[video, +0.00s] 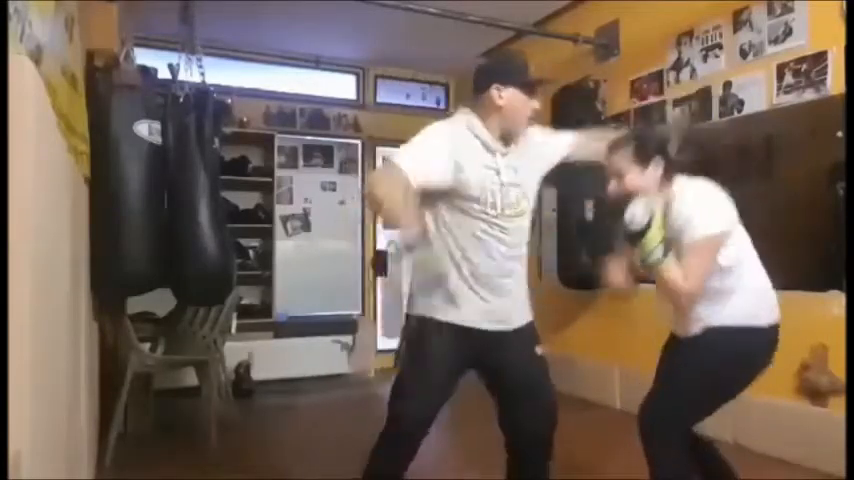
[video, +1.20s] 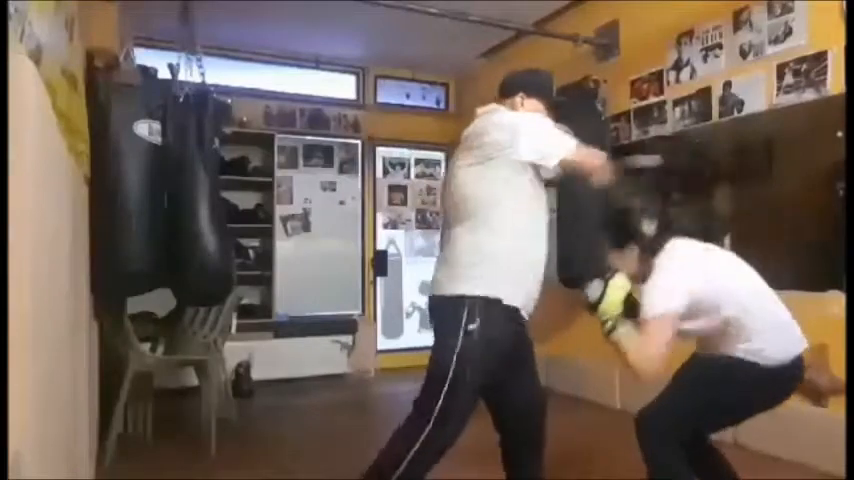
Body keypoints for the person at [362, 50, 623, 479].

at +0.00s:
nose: (536, 105)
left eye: (536, 95)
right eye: (529, 94)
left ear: (505, 96)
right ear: (498, 94)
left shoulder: (536, 143)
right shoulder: (447, 138)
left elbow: (593, 143)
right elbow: (385, 180)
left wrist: (646, 141)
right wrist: (405, 215)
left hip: (510, 321)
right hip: (442, 319)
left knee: (535, 425)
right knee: (405, 428)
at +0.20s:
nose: (532, 121)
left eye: (533, 111)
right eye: (523, 110)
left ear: (533, 108)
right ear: (490, 106)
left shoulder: (542, 138)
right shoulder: (442, 155)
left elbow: (606, 149)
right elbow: (413, 218)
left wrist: (621, 172)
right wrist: (459, 239)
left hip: (528, 317)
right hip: (456, 316)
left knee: (545, 418)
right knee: (444, 424)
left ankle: (535, 479)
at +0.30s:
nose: (519, 125)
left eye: (521, 113)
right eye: (507, 116)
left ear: (525, 111)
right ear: (474, 119)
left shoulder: (538, 144)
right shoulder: (441, 164)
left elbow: (568, 205)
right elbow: (430, 223)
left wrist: (520, 253)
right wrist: (476, 241)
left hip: (531, 321)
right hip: (460, 317)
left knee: (551, 429)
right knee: (442, 430)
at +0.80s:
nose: (559, 118)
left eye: (560, 107)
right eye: (551, 105)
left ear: (529, 106)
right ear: (518, 103)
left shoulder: (550, 147)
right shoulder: (463, 154)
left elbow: (570, 216)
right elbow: (407, 212)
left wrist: (566, 213)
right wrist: (424, 266)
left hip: (536, 316)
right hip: (473, 315)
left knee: (551, 423)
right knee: (460, 425)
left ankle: (534, 477)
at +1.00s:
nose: (560, 120)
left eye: (561, 113)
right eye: (557, 110)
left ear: (525, 101)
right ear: (534, 99)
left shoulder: (521, 139)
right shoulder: (502, 125)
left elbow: (558, 174)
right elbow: (572, 143)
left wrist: (591, 155)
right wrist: (637, 170)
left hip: (509, 307)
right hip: (472, 304)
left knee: (533, 407)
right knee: (445, 428)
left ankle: (529, 477)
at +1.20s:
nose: (546, 119)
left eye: (547, 113)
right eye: (543, 111)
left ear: (513, 103)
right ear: (522, 101)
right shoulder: (504, 126)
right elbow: (594, 162)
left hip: (500, 305)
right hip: (472, 301)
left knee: (525, 420)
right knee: (436, 423)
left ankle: (525, 477)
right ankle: (381, 475)